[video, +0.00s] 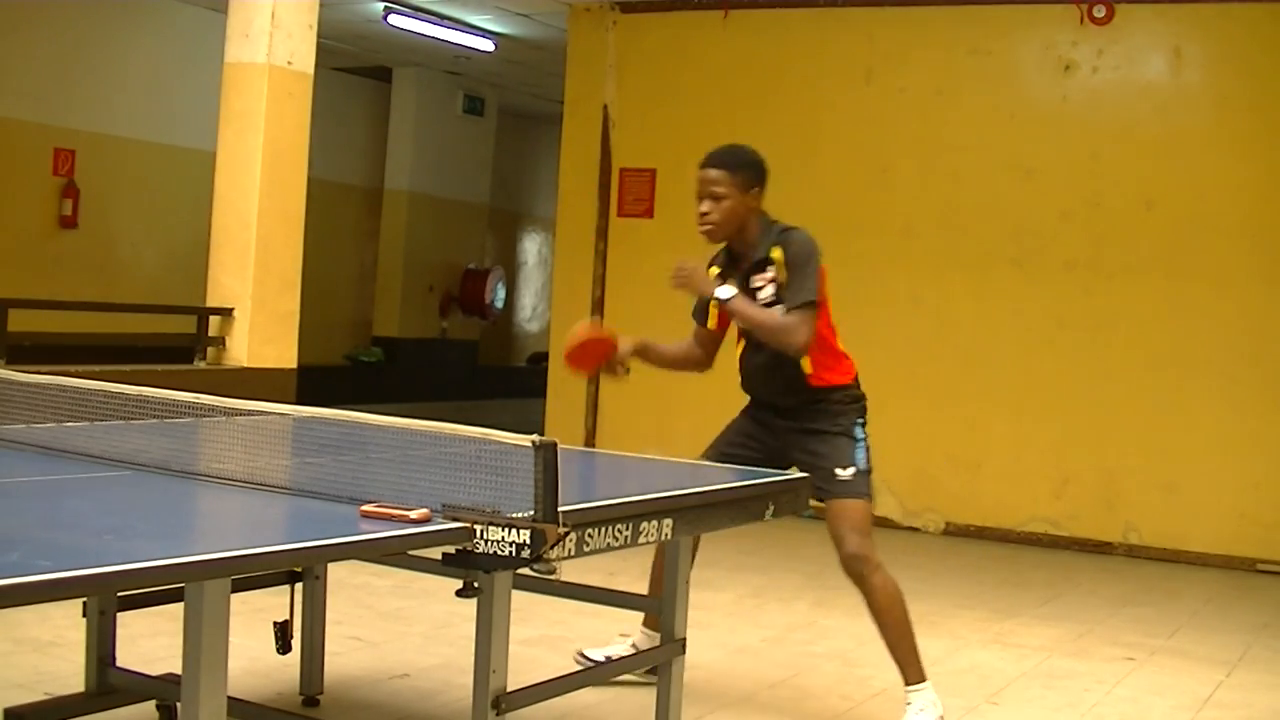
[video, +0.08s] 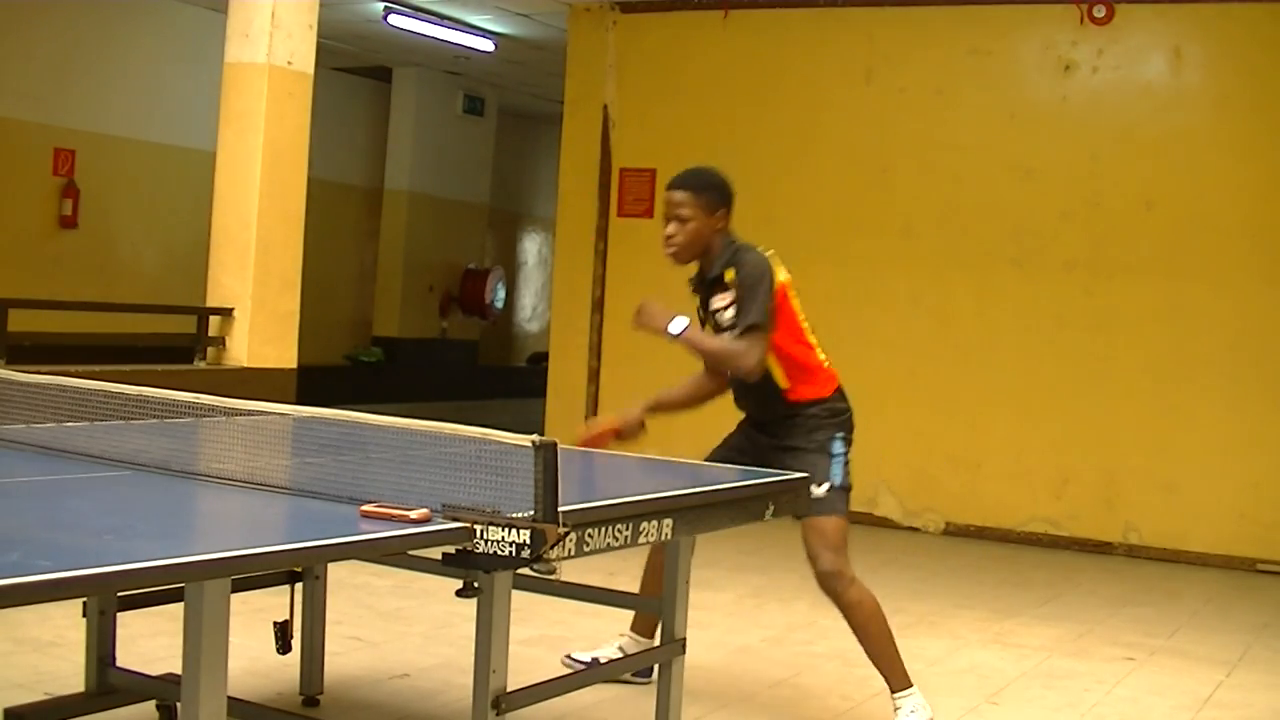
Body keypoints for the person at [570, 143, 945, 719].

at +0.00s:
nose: (701, 210)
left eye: (714, 197)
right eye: (698, 197)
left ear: (752, 197)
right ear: (701, 199)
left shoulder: (794, 247)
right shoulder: (721, 266)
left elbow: (796, 335)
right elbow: (699, 354)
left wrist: (715, 292)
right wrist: (638, 346)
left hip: (829, 416)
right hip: (766, 413)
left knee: (856, 554)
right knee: (679, 509)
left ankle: (920, 693)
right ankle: (649, 641)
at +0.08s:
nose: (666, 231)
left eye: (678, 218)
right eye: (665, 218)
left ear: (716, 219)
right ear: (693, 222)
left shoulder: (749, 267)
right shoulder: (707, 281)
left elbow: (747, 359)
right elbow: (713, 379)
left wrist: (674, 325)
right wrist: (645, 409)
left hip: (816, 423)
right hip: (762, 425)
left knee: (831, 570)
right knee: (673, 519)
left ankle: (908, 700)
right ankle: (637, 648)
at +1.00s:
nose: (779, 202)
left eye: (793, 191)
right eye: (775, 190)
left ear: (831, 193)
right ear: (773, 192)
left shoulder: (878, 256)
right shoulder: (765, 267)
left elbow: (904, 351)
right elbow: (740, 373)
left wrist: (841, 302)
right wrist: (731, 340)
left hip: (873, 422)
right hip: (797, 421)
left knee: (915, 543)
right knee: (714, 524)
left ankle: (937, 688)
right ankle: (697, 664)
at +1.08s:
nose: (788, 217)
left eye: (803, 206)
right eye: (785, 204)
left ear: (840, 208)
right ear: (781, 205)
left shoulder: (890, 268)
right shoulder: (776, 281)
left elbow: (917, 363)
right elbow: (762, 377)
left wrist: (854, 320)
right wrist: (747, 378)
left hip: (893, 425)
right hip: (821, 425)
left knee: (933, 550)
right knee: (736, 534)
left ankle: (969, 697)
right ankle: (747, 676)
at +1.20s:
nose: (805, 265)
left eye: (819, 252)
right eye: (801, 251)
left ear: (857, 252)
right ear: (798, 251)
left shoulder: (908, 306)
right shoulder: (797, 323)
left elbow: (936, 404)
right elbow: (765, 408)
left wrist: (869, 362)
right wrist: (770, 446)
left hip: (920, 454)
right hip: (847, 455)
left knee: (965, 564)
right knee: (745, 546)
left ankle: (991, 709)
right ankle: (748, 678)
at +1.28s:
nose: (812, 282)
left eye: (825, 270)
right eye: (807, 268)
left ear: (863, 267)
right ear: (802, 264)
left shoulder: (914, 315)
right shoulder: (800, 333)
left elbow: (946, 414)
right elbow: (752, 418)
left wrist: (881, 378)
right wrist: (768, 464)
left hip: (922, 453)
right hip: (847, 455)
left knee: (968, 563)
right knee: (749, 548)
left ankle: (992, 708)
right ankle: (749, 678)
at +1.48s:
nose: (791, 253)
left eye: (805, 241)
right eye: (786, 239)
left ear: (842, 240)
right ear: (782, 236)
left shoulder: (887, 287)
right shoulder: (770, 296)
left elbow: (937, 376)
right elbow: (700, 346)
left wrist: (885, 344)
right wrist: (668, 352)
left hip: (893, 436)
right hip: (818, 437)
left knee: (938, 553)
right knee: (733, 538)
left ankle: (978, 703)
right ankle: (746, 677)